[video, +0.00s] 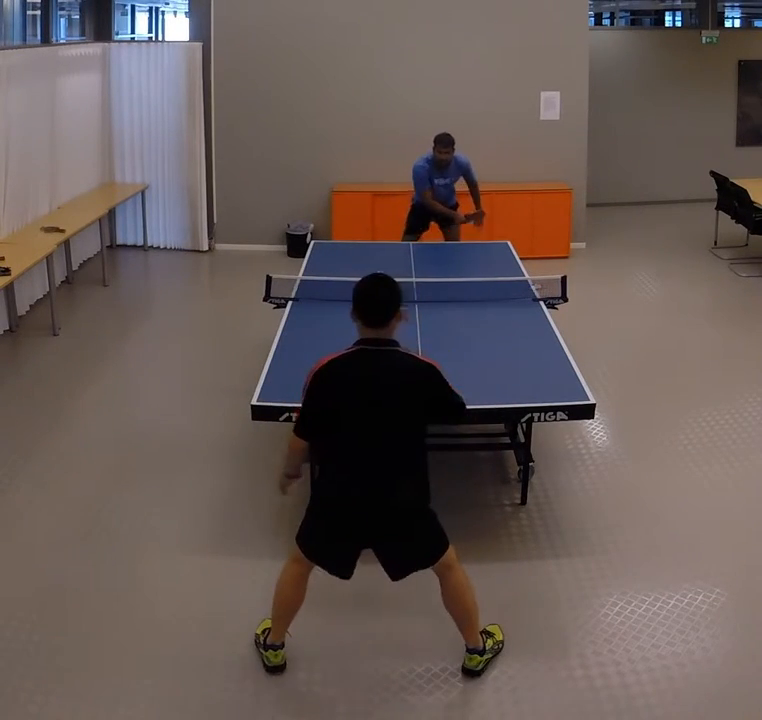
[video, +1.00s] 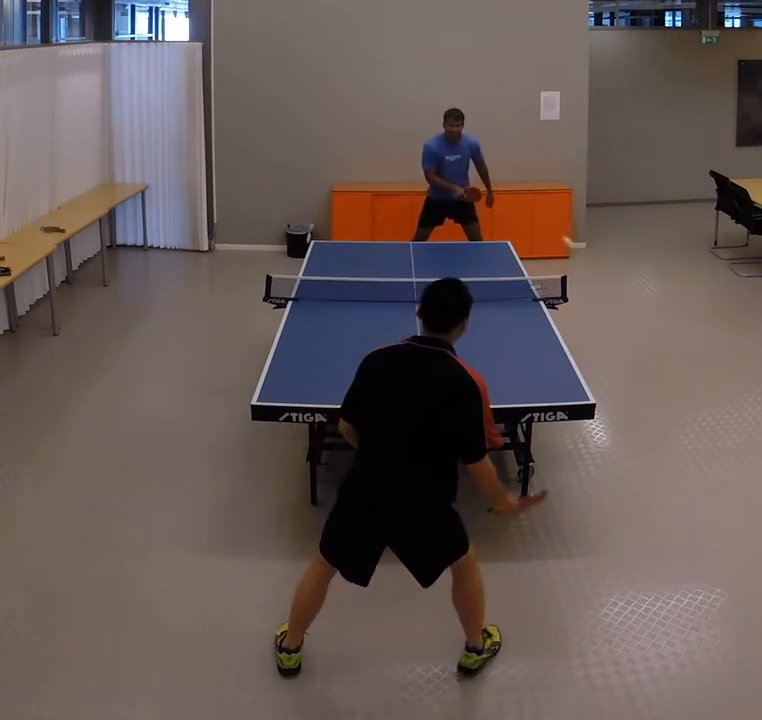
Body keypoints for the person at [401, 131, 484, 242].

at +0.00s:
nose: (443, 157)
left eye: (447, 153)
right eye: (440, 153)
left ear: (453, 152)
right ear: (433, 150)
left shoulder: (461, 164)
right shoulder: (421, 167)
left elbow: (473, 186)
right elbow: (427, 200)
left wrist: (478, 210)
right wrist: (453, 215)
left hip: (447, 206)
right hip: (422, 206)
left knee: (454, 247)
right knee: (406, 246)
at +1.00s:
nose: (454, 130)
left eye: (458, 126)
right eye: (451, 126)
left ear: (463, 126)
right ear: (444, 125)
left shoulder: (471, 144)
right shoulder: (432, 147)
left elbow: (481, 167)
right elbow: (430, 177)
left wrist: (489, 191)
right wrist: (454, 189)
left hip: (462, 200)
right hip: (437, 200)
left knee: (477, 241)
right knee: (419, 241)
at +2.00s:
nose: (425, 111)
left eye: (428, 107)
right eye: (421, 107)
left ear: (431, 109)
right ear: (414, 108)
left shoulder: (437, 130)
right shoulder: (399, 129)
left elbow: (443, 157)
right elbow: (384, 155)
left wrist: (451, 184)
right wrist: (373, 184)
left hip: (429, 188)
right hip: (406, 188)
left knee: (430, 230)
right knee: (406, 230)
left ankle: (422, 262)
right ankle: (404, 262)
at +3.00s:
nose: (405, 132)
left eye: (407, 128)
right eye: (401, 128)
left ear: (410, 127)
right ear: (392, 125)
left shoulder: (413, 141)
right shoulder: (377, 147)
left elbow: (420, 165)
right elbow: (376, 180)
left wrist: (426, 182)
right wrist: (397, 199)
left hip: (403, 194)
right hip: (381, 196)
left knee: (406, 238)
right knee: (383, 239)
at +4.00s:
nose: (368, 134)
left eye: (371, 130)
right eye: (364, 130)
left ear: (379, 128)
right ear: (360, 128)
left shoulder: (387, 144)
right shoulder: (356, 141)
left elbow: (369, 172)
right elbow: (348, 166)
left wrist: (340, 175)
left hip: (389, 199)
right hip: (367, 197)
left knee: (394, 241)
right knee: (361, 239)